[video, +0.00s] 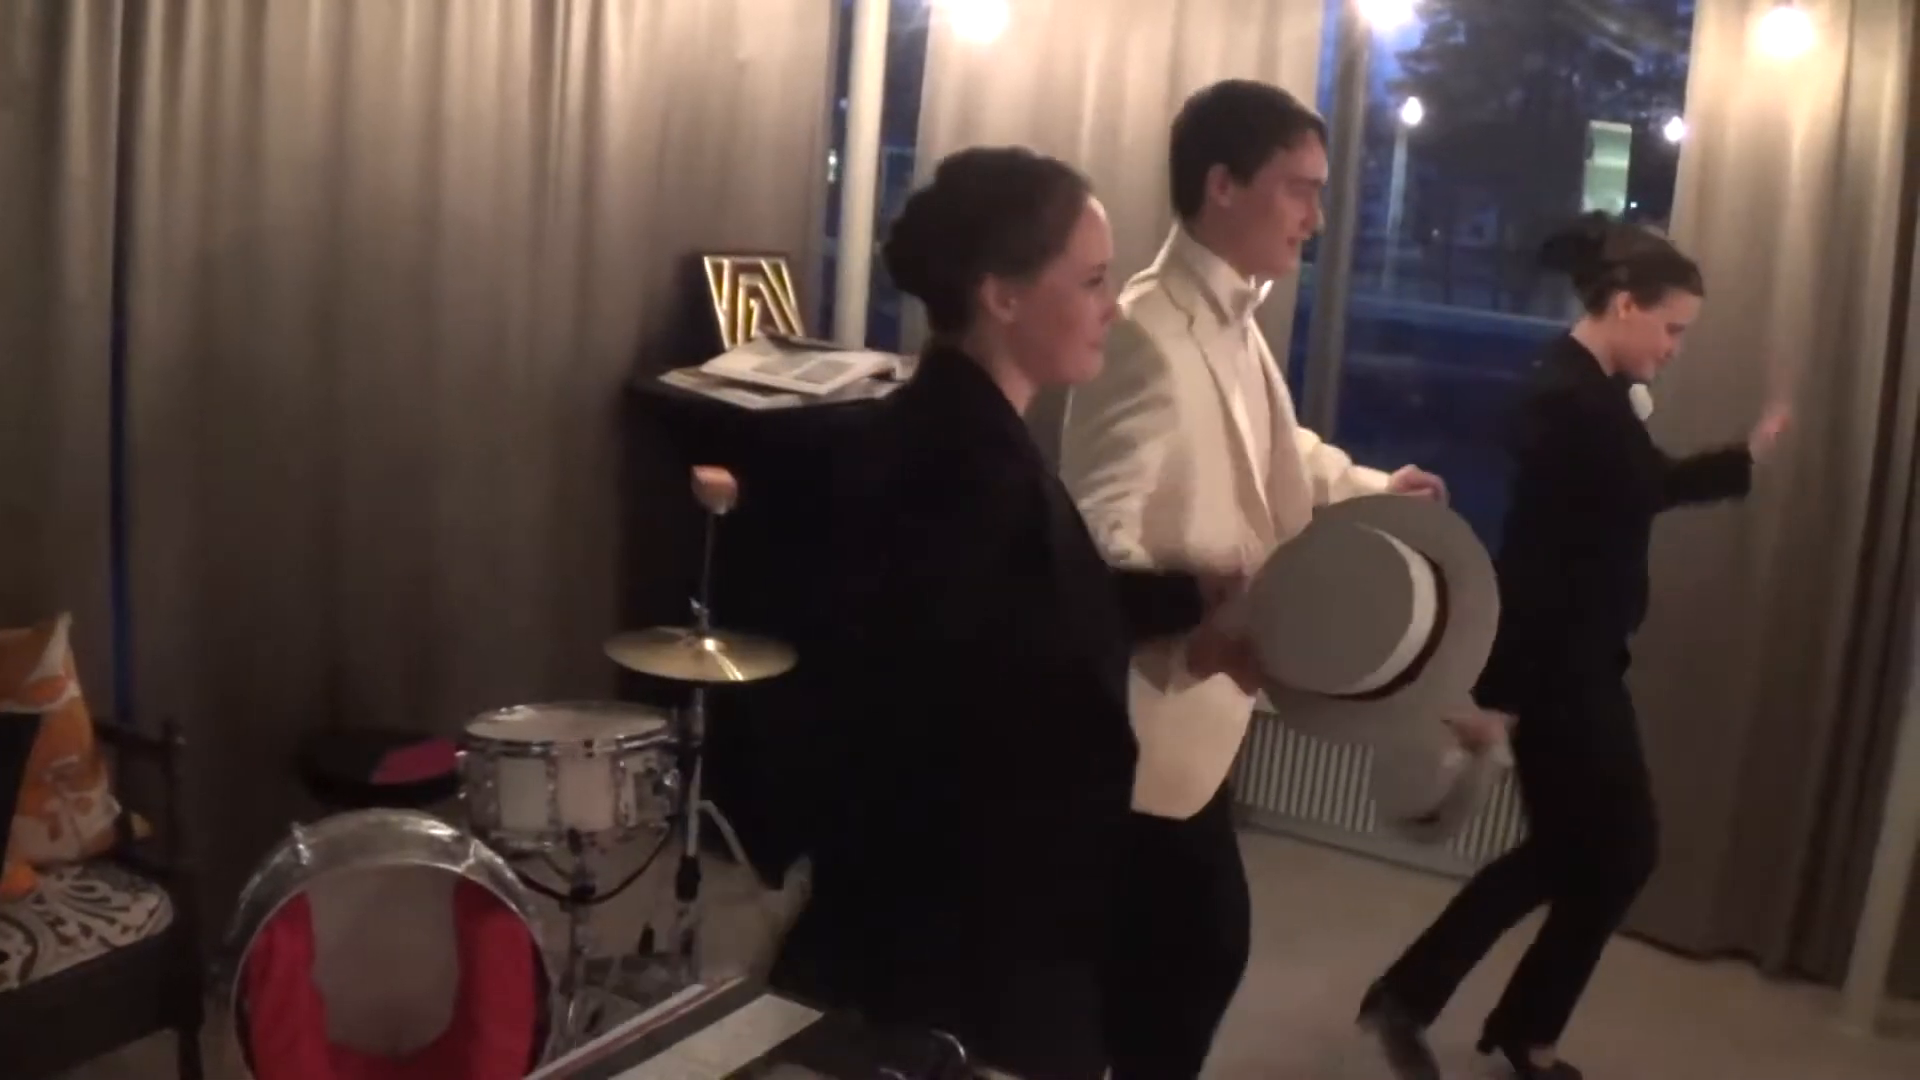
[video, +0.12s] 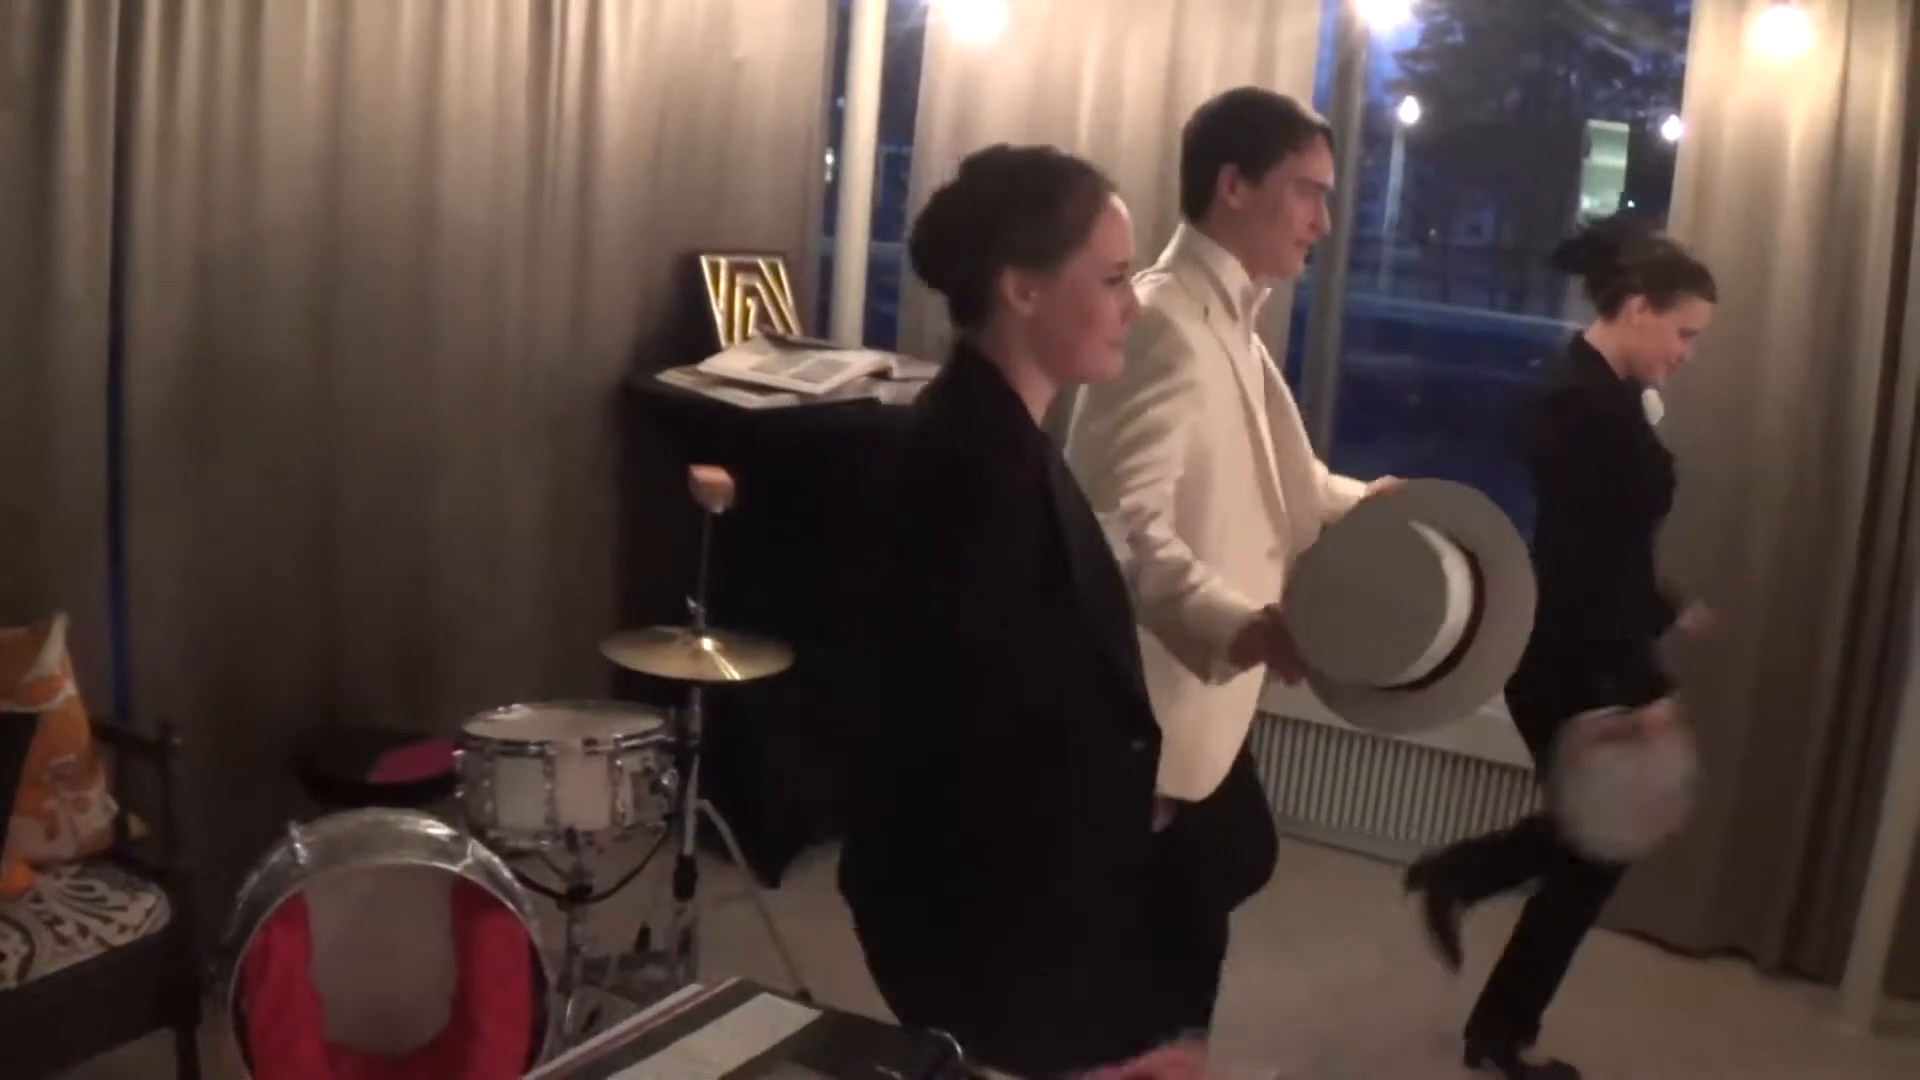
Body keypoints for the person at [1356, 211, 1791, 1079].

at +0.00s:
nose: (1676, 348)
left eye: (1682, 332)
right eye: (1671, 328)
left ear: (1618, 309)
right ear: (1618, 306)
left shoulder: (1584, 387)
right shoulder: (1576, 396)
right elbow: (1645, 485)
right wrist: (1746, 461)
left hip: (1565, 661)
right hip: (1569, 668)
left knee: (1558, 850)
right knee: (1619, 853)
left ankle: (1400, 999)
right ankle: (1520, 1035)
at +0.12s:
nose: (1688, 352)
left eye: (1694, 337)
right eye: (1684, 332)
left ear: (1628, 313)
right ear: (1632, 310)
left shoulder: (1596, 391)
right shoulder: (1592, 405)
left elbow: (1609, 545)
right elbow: (1595, 559)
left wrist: (1666, 609)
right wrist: (1637, 684)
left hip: (1571, 659)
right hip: (1571, 669)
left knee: (1607, 818)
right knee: (1601, 842)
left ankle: (1451, 876)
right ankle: (1500, 1033)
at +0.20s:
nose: (1697, 348)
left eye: (1705, 332)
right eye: (1696, 327)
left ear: (1647, 309)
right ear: (1645, 306)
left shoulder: (1611, 383)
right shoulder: (1593, 397)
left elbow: (1618, 544)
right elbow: (1614, 559)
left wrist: (1714, 608)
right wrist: (1726, 614)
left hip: (1596, 644)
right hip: (1565, 654)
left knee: (1674, 794)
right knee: (1598, 826)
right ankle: (1504, 1030)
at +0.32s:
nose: (1712, 327)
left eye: (1718, 310)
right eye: (1710, 305)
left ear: (1665, 289)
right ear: (1661, 285)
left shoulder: (1634, 366)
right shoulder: (1602, 373)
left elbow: (1655, 492)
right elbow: (1652, 501)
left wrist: (1767, 479)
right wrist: (1768, 476)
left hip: (1609, 622)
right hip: (1573, 629)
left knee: (1652, 803)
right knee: (1597, 820)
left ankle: (1521, 976)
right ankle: (1494, 1019)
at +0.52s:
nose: (1717, 296)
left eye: (1721, 279)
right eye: (1707, 275)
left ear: (1658, 272)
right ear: (1654, 267)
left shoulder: (1649, 360)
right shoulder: (1597, 358)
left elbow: (1644, 495)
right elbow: (1624, 501)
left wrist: (1743, 479)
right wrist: (1737, 472)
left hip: (1601, 603)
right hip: (1562, 603)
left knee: (1618, 786)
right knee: (1639, 790)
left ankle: (1526, 963)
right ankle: (1491, 921)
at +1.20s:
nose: (1738, 306)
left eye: (1741, 289)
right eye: (1731, 286)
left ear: (1690, 280)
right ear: (1677, 276)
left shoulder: (1667, 365)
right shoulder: (1620, 357)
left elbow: (1662, 486)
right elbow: (1643, 470)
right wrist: (1704, 400)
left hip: (1600, 606)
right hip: (1556, 601)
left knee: (1566, 780)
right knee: (1565, 786)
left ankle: (1494, 916)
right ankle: (1468, 964)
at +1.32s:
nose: (1736, 332)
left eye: (1739, 316)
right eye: (1727, 314)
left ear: (1687, 318)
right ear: (1677, 313)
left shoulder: (1692, 410)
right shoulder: (1595, 390)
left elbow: (1673, 524)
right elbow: (1520, 488)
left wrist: (1736, 530)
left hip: (1625, 636)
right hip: (1550, 625)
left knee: (1558, 788)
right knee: (1571, 818)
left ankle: (1472, 902)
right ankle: (1530, 1025)